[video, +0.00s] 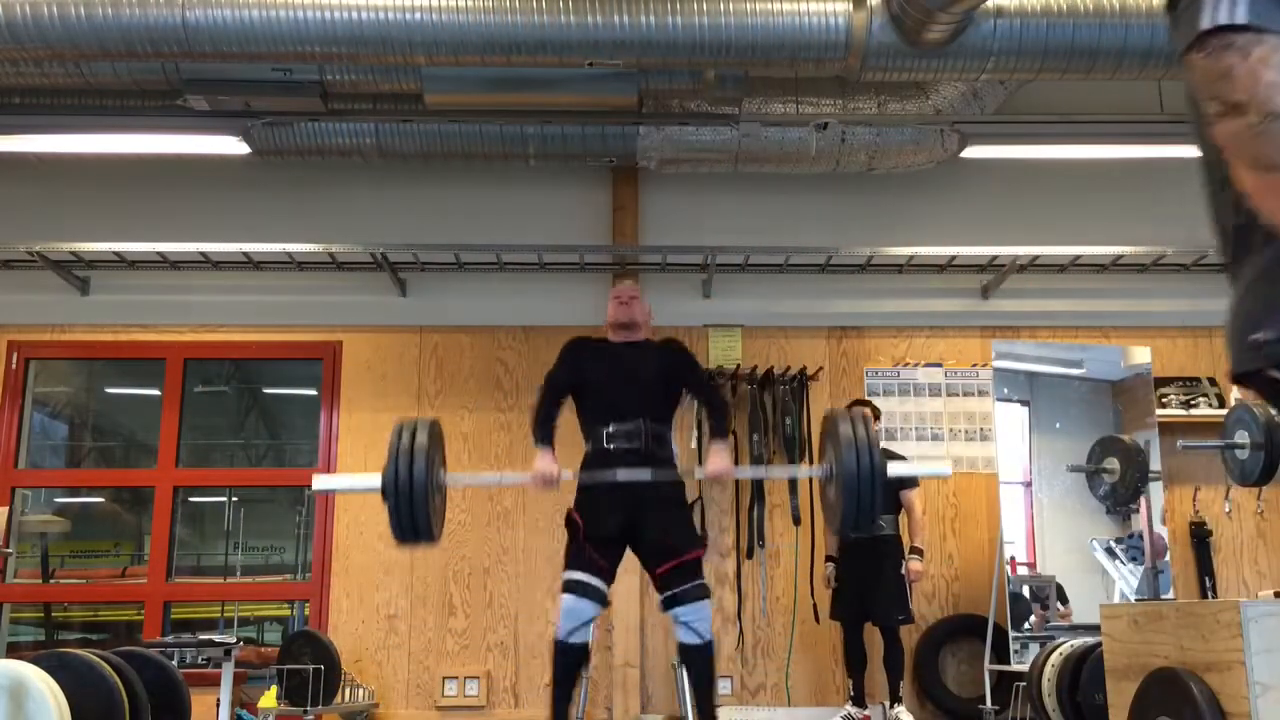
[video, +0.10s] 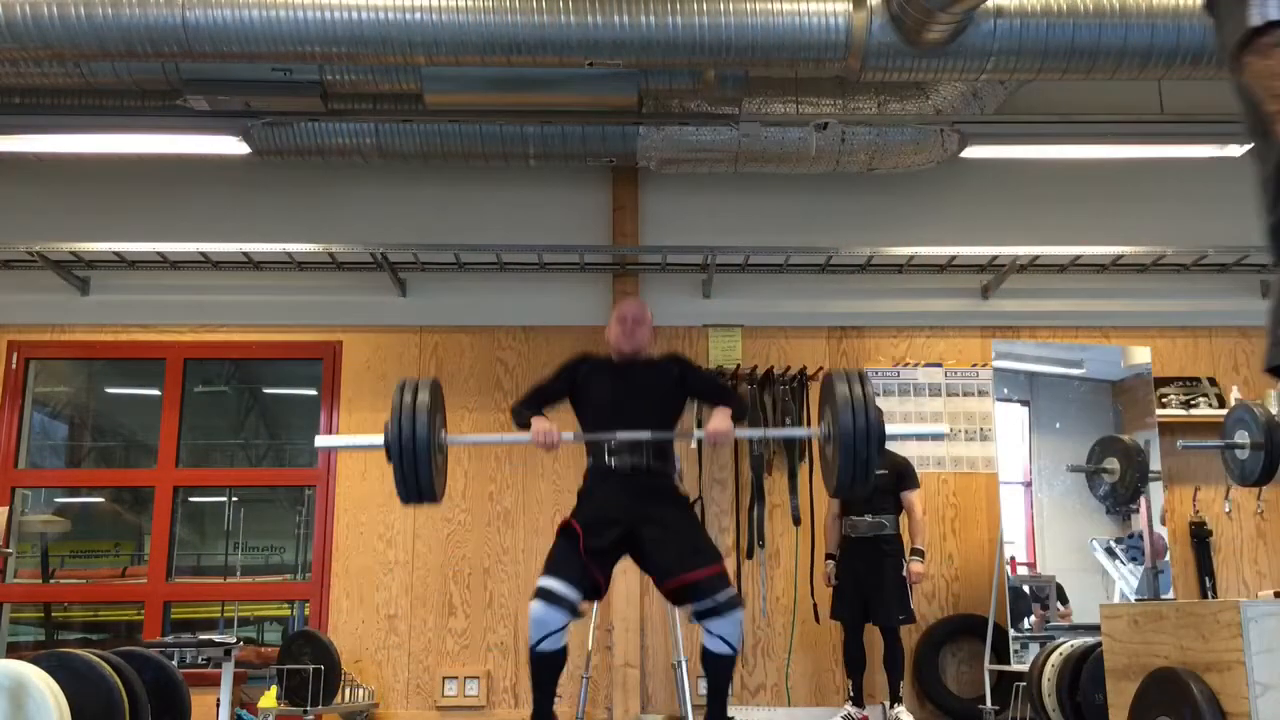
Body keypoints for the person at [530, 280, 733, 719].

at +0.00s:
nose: (625, 303)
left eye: (633, 299)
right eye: (618, 299)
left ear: (648, 313)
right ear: (606, 313)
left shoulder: (671, 353)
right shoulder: (581, 351)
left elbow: (713, 397)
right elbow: (549, 397)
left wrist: (719, 445)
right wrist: (544, 450)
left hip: (661, 496)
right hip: (600, 497)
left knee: (694, 614)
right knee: (575, 612)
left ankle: (705, 714)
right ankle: (559, 715)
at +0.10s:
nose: (629, 329)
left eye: (638, 322)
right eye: (622, 321)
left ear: (651, 330)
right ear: (609, 328)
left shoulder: (674, 370)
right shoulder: (583, 370)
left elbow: (731, 399)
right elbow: (523, 409)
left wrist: (723, 411)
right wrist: (536, 420)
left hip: (662, 507)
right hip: (599, 507)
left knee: (725, 614)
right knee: (545, 613)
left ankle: (716, 714)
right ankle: (542, 715)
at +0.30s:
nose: (638, 378)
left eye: (647, 374)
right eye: (629, 373)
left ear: (661, 393)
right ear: (613, 391)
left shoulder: (685, 453)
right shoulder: (590, 449)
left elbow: (727, 509)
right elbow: (556, 489)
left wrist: (723, 452)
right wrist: (554, 442)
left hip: (664, 584)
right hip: (598, 582)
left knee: (747, 650)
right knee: (522, 647)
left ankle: (745, 717)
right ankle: (518, 717)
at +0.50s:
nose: (634, 396)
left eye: (644, 391)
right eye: (626, 389)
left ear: (657, 406)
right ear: (611, 403)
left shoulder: (676, 458)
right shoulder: (587, 456)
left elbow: (702, 494)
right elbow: (564, 483)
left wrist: (707, 444)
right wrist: (562, 437)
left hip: (665, 592)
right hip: (598, 590)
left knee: (751, 647)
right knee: (519, 645)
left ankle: (746, 719)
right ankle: (517, 719)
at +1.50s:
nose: (642, 290)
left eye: (652, 286)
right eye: (633, 284)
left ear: (664, 306)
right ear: (616, 302)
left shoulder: (683, 354)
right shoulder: (594, 353)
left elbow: (722, 350)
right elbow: (558, 337)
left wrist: (720, 331)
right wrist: (557, 318)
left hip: (673, 501)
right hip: (609, 499)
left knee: (694, 633)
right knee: (587, 631)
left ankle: (697, 718)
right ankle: (570, 718)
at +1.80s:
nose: (644, 278)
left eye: (654, 273)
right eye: (635, 271)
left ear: (665, 291)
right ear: (617, 285)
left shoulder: (684, 342)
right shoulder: (590, 342)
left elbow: (720, 396)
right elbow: (555, 398)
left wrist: (724, 343)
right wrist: (551, 345)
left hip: (664, 486)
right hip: (603, 485)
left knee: (679, 619)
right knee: (586, 616)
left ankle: (698, 717)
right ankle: (569, 717)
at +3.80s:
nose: (631, 379)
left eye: (640, 371)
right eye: (625, 370)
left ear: (656, 364)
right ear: (616, 362)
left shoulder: (680, 400)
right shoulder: (598, 395)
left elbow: (709, 458)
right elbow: (574, 449)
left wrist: (713, 518)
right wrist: (562, 499)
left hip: (657, 523)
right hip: (607, 520)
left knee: (654, 628)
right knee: (595, 624)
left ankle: (652, 716)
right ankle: (590, 714)